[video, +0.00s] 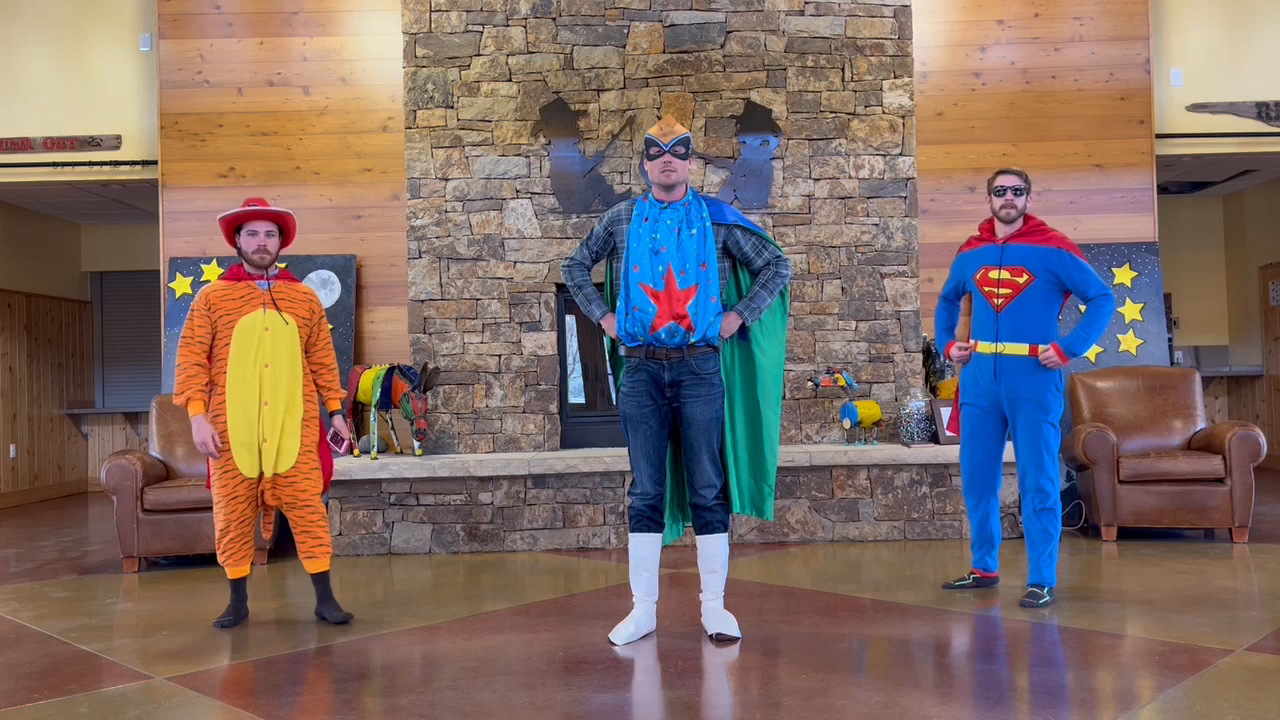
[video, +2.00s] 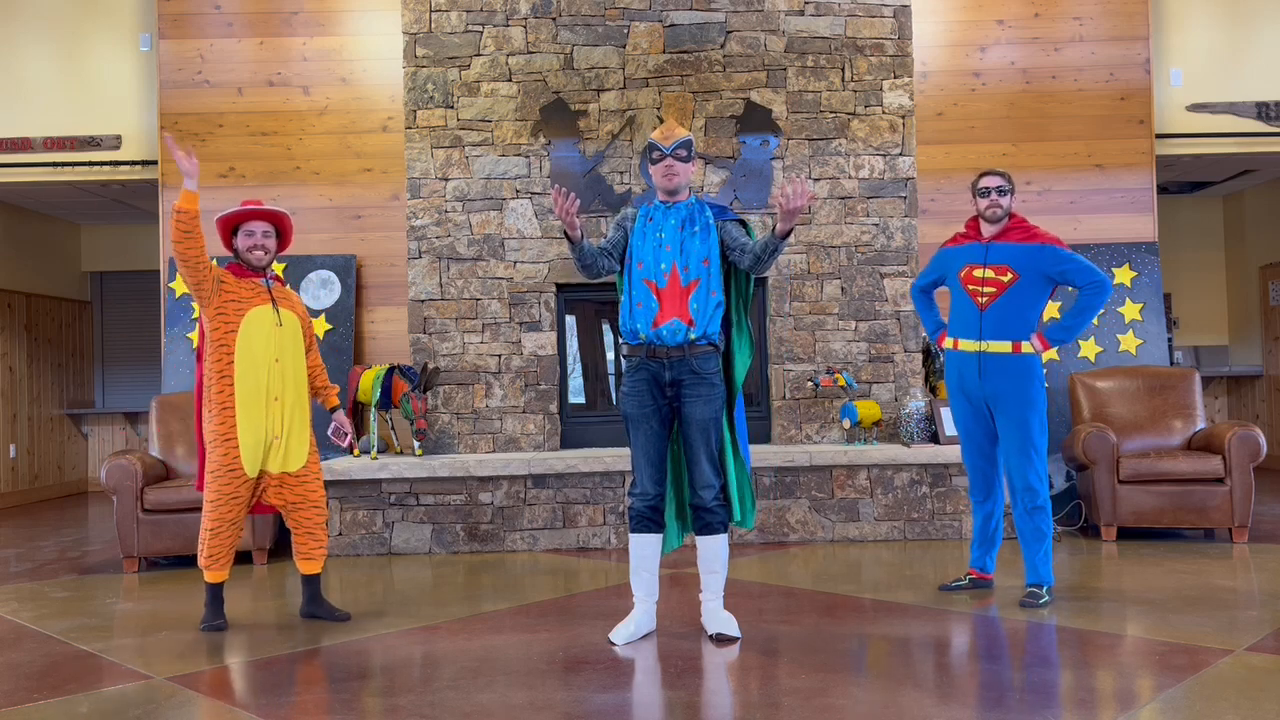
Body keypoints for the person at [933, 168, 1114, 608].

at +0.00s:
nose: (1008, 199)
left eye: (1016, 192)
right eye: (1000, 192)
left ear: (1029, 199)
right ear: (989, 200)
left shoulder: (1053, 251)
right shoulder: (968, 256)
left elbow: (1104, 298)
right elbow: (947, 301)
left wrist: (1069, 349)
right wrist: (946, 343)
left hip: (1034, 384)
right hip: (978, 385)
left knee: (1038, 485)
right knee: (977, 482)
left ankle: (1041, 581)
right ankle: (984, 570)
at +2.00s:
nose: (993, 198)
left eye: (1001, 192)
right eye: (985, 192)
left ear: (1013, 200)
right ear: (974, 202)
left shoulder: (1038, 249)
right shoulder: (951, 252)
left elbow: (1098, 285)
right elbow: (920, 289)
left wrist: (1054, 335)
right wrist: (938, 332)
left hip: (1017, 374)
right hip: (963, 374)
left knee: (1027, 480)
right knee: (981, 479)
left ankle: (1039, 581)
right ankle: (981, 572)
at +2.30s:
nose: (1000, 201)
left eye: (1008, 193)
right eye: (992, 194)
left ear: (1020, 200)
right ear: (981, 202)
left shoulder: (1045, 250)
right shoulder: (958, 252)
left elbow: (1102, 290)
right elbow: (907, 286)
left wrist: (1054, 336)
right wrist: (882, 322)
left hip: (1017, 376)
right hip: (965, 377)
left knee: (1028, 481)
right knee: (981, 480)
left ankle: (1038, 581)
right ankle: (981, 571)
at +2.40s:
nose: (997, 202)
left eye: (1005, 194)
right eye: (989, 196)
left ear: (1019, 200)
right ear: (979, 204)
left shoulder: (1044, 250)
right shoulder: (959, 250)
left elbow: (1102, 287)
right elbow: (912, 269)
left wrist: (1055, 337)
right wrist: (870, 278)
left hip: (1019, 375)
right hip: (966, 375)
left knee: (1028, 480)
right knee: (981, 479)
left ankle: (1039, 581)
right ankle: (981, 571)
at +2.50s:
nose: (992, 203)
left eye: (1000, 195)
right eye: (984, 197)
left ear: (1014, 199)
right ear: (975, 205)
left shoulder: (1041, 247)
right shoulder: (955, 250)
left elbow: (1101, 284)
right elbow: (904, 256)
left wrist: (1054, 336)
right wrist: (875, 236)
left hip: (1019, 376)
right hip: (968, 376)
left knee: (1028, 481)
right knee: (981, 479)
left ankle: (1039, 580)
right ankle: (981, 572)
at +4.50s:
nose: (1004, 203)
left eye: (1010, 195)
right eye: (994, 198)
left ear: (1023, 197)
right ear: (984, 205)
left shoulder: (1056, 248)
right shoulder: (964, 247)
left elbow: (1116, 283)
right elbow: (908, 238)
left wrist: (1067, 336)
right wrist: (913, 195)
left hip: (1033, 371)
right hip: (977, 371)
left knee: (1037, 478)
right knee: (981, 476)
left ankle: (1040, 581)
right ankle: (981, 572)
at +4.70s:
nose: (1007, 202)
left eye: (1014, 193)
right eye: (997, 196)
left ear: (1027, 195)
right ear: (987, 203)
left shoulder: (1059, 246)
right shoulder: (970, 245)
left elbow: (1120, 285)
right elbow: (918, 257)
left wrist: (1072, 336)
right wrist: (908, 240)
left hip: (1035, 375)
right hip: (979, 375)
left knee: (1038, 480)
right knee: (983, 479)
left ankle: (1040, 581)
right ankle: (981, 572)